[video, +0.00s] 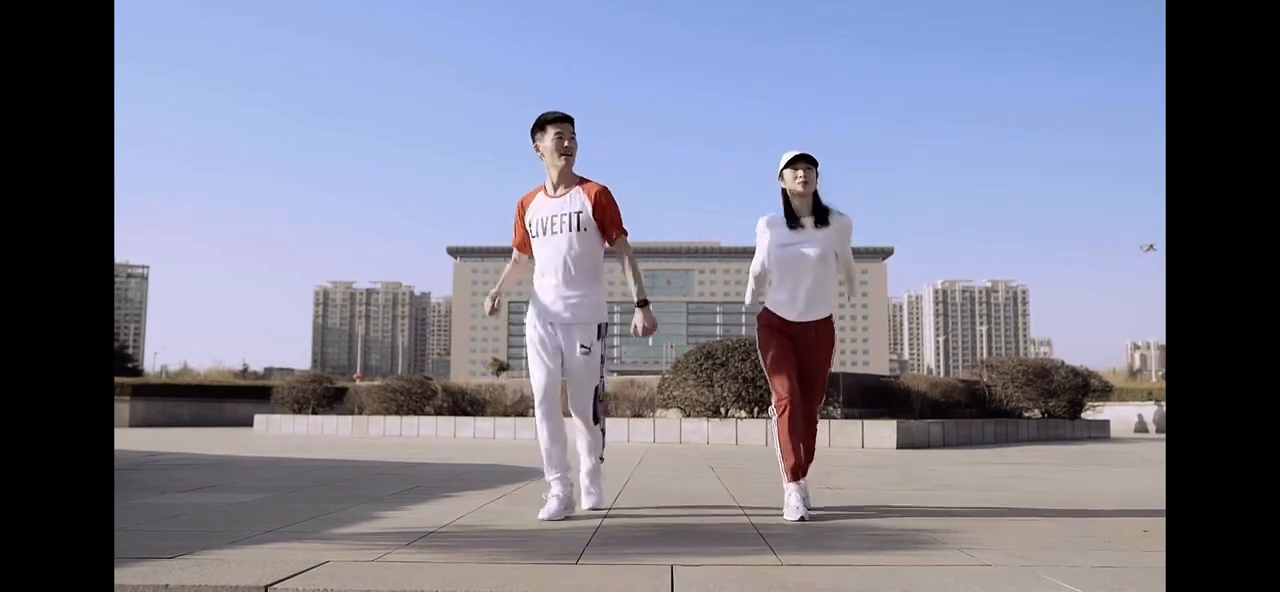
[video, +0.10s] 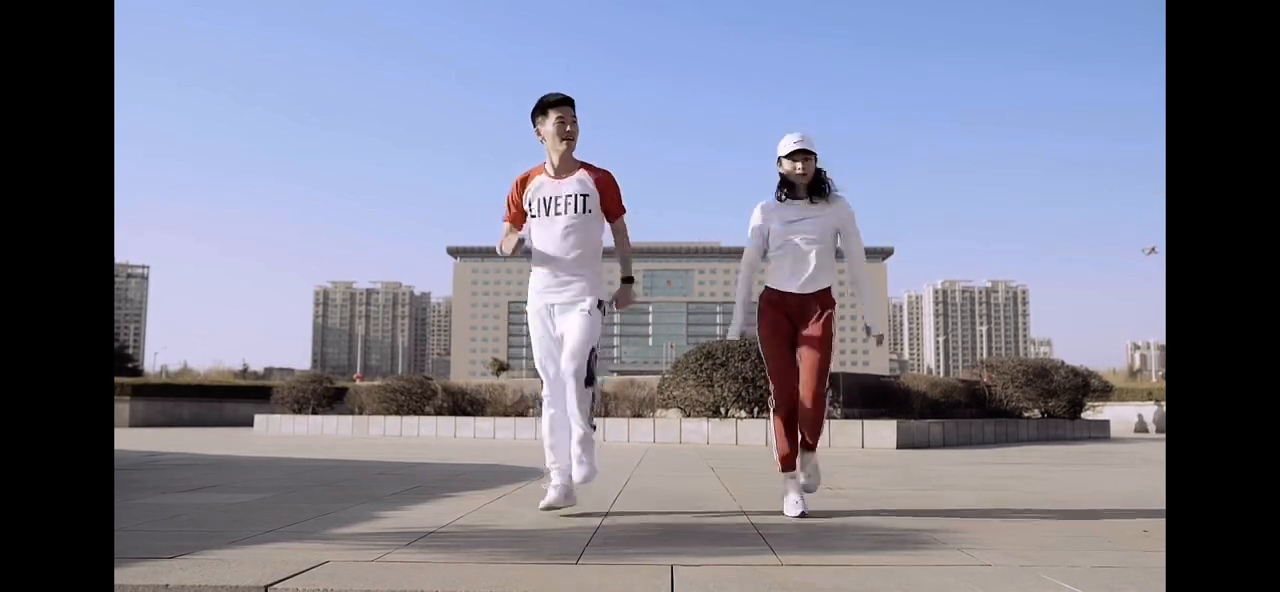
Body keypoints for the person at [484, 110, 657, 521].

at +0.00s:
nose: (567, 141)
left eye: (570, 136)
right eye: (557, 136)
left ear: (576, 145)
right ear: (538, 147)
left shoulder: (596, 194)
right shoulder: (528, 203)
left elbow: (624, 251)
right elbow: (521, 259)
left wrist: (642, 304)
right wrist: (498, 289)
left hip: (586, 318)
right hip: (541, 317)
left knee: (585, 407)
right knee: (544, 404)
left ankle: (591, 482)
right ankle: (558, 490)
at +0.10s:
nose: (568, 126)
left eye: (572, 120)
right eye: (559, 121)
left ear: (578, 129)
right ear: (540, 130)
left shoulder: (599, 179)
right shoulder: (524, 184)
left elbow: (620, 231)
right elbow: (507, 243)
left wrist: (627, 281)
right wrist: (515, 237)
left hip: (585, 295)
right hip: (542, 298)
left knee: (574, 369)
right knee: (553, 387)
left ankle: (583, 443)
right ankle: (559, 481)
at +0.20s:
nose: (574, 136)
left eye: (576, 130)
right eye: (564, 130)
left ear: (582, 139)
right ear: (544, 140)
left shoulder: (600, 190)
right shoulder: (524, 193)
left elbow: (609, 227)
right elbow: (482, 245)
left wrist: (621, 267)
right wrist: (508, 214)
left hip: (589, 291)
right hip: (545, 295)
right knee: (551, 397)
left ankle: (571, 398)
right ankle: (562, 484)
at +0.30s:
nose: (574, 135)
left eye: (576, 128)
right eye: (565, 129)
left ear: (580, 137)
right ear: (543, 139)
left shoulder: (598, 188)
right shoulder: (521, 191)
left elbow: (607, 228)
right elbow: (478, 240)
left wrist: (623, 266)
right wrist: (504, 215)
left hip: (589, 290)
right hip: (544, 295)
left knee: (572, 289)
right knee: (551, 392)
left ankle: (575, 390)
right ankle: (565, 478)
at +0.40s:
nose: (562, 114)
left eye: (565, 108)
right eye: (552, 110)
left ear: (571, 118)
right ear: (532, 120)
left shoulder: (592, 171)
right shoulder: (514, 177)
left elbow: (611, 222)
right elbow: (494, 229)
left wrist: (618, 259)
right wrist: (489, 264)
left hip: (586, 292)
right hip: (539, 296)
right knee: (542, 386)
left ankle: (608, 441)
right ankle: (563, 475)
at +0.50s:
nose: (555, 125)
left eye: (558, 119)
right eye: (545, 120)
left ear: (564, 128)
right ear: (525, 131)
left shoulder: (587, 178)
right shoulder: (512, 190)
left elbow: (618, 232)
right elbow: (496, 247)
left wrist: (610, 245)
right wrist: (480, 293)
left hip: (583, 300)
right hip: (537, 302)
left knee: (599, 396)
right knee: (540, 403)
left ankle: (618, 441)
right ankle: (553, 498)